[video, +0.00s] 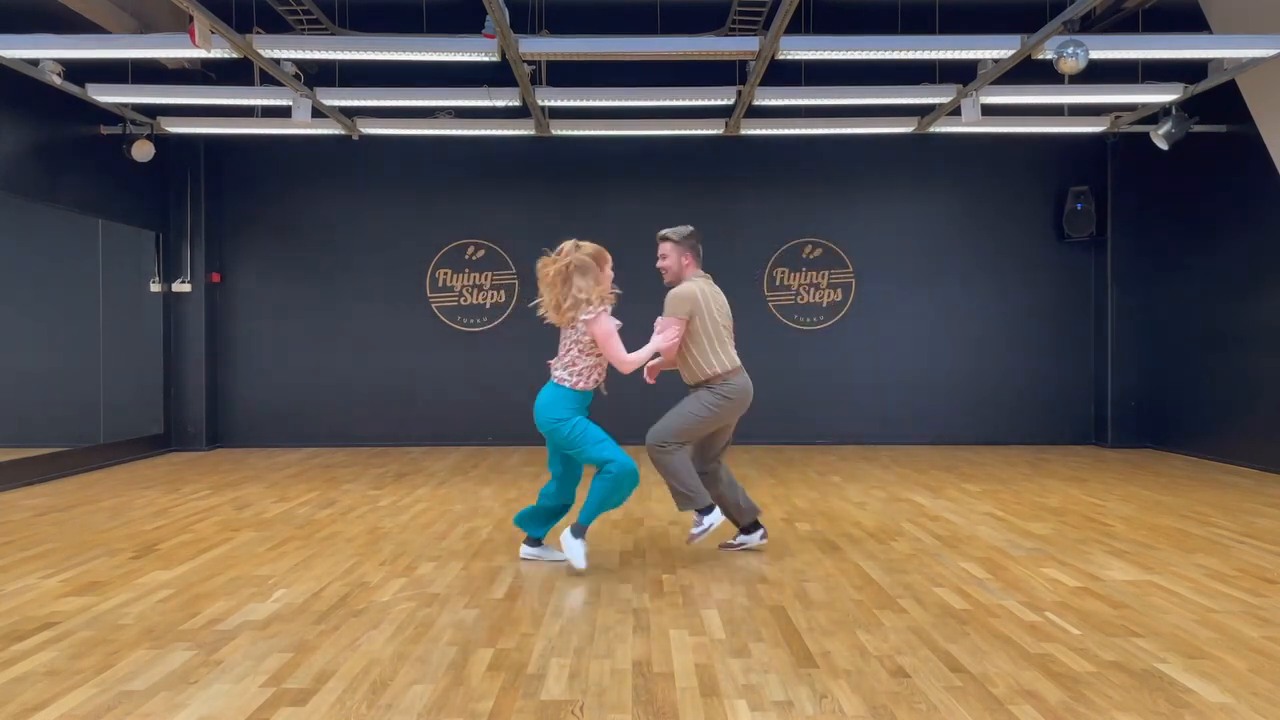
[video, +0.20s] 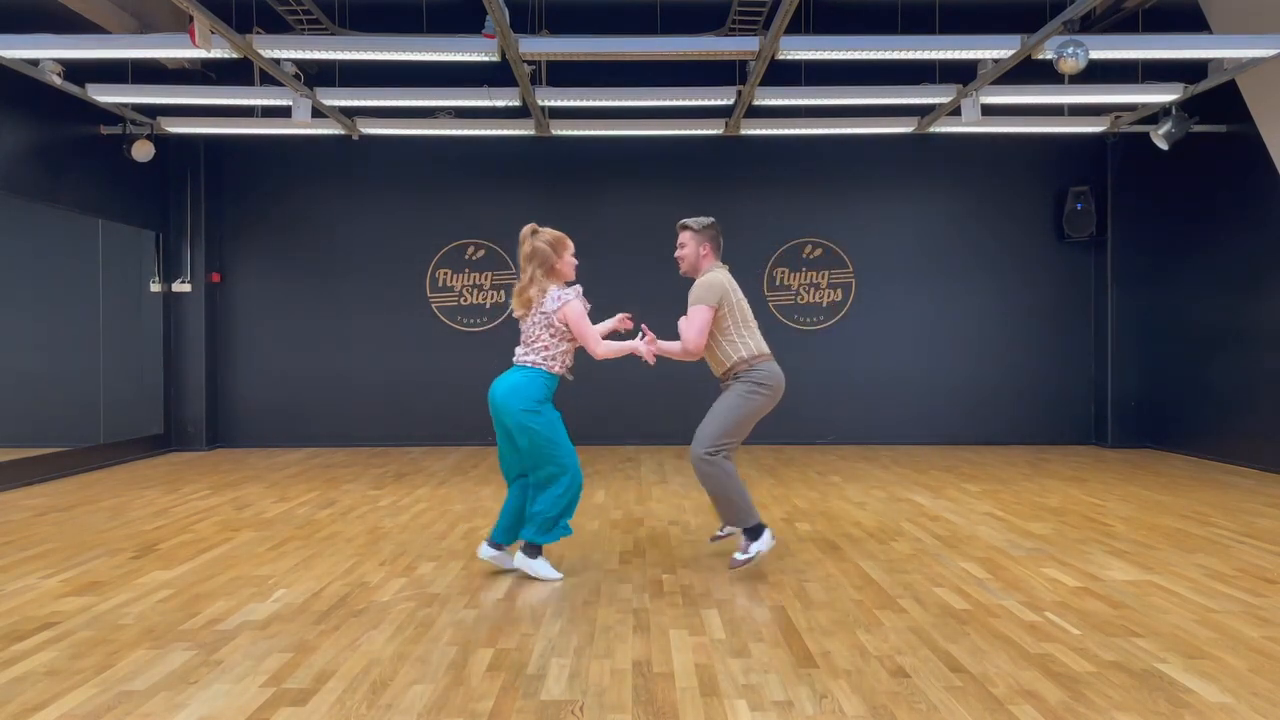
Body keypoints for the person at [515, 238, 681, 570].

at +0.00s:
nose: (612, 277)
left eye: (611, 271)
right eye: (608, 272)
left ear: (578, 279)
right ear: (594, 278)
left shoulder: (574, 313)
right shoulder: (598, 320)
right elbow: (626, 364)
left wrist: (650, 340)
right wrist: (656, 344)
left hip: (553, 404)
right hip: (564, 410)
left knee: (565, 481)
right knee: (621, 468)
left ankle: (533, 542)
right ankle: (577, 533)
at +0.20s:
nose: (576, 260)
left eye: (573, 254)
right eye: (570, 255)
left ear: (550, 263)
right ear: (554, 263)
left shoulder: (538, 296)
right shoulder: (567, 300)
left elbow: (573, 334)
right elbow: (600, 349)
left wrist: (612, 324)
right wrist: (634, 346)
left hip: (506, 389)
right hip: (530, 394)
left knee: (524, 473)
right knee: (566, 474)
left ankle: (496, 544)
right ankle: (531, 551)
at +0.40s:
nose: (548, 260)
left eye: (546, 253)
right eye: (542, 254)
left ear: (518, 263)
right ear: (522, 262)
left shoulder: (496, 297)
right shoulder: (539, 302)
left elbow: (519, 328)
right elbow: (583, 340)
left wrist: (555, 317)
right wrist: (625, 329)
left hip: (470, 395)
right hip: (499, 394)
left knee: (488, 483)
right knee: (561, 463)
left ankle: (454, 561)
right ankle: (525, 540)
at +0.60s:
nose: (535, 268)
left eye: (533, 261)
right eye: (528, 263)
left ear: (501, 271)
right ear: (508, 269)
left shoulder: (477, 309)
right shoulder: (528, 307)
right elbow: (572, 354)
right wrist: (620, 359)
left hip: (468, 405)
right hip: (496, 402)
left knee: (535, 465)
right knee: (510, 485)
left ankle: (521, 544)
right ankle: (480, 583)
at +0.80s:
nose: (535, 253)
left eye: (533, 247)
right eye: (528, 248)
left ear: (516, 253)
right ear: (507, 254)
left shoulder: (525, 300)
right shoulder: (493, 288)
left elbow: (555, 345)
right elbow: (526, 326)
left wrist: (594, 326)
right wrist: (584, 323)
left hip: (510, 398)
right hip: (474, 399)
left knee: (546, 466)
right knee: (522, 462)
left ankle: (503, 536)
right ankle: (505, 549)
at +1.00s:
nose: (535, 258)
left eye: (534, 251)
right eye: (529, 252)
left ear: (512, 258)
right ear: (508, 257)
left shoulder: (524, 301)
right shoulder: (499, 296)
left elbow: (532, 362)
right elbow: (554, 319)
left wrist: (557, 397)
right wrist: (608, 311)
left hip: (520, 401)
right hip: (487, 404)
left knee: (542, 481)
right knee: (521, 484)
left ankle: (512, 550)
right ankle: (490, 567)